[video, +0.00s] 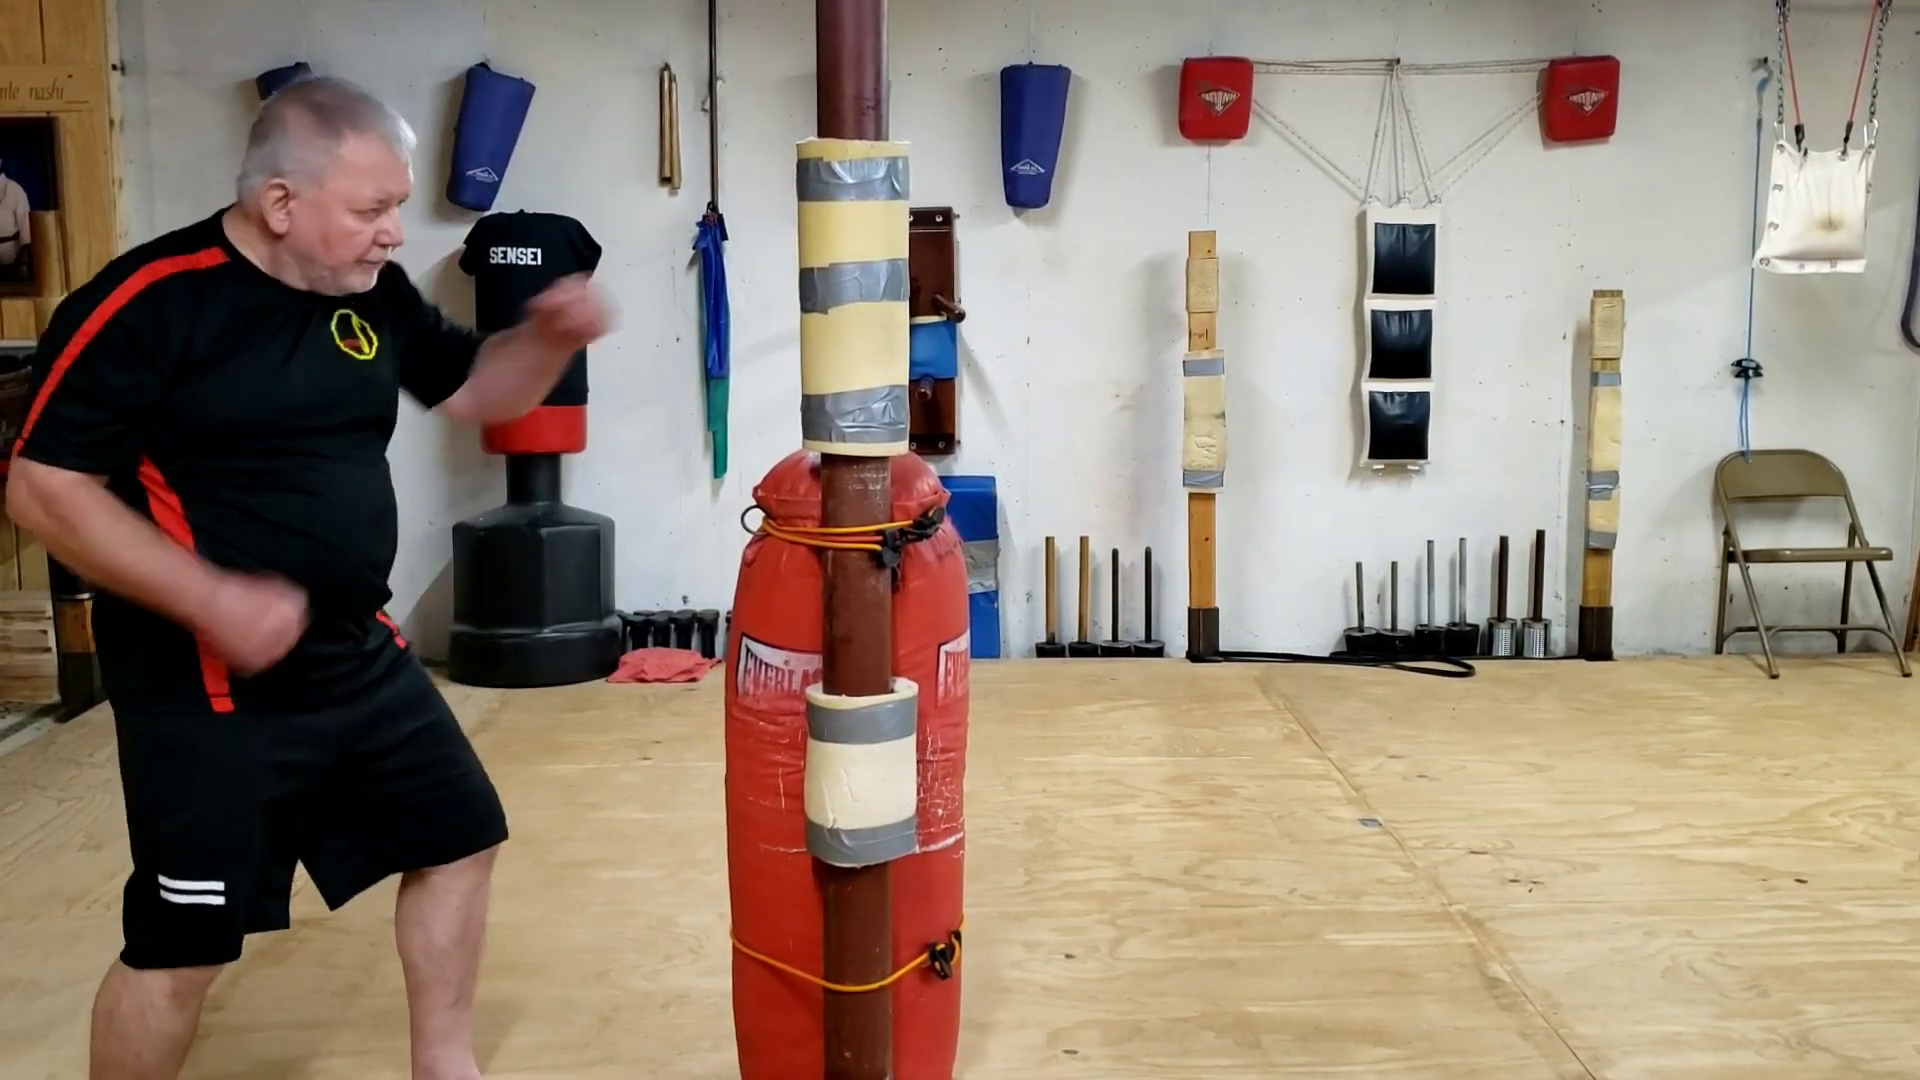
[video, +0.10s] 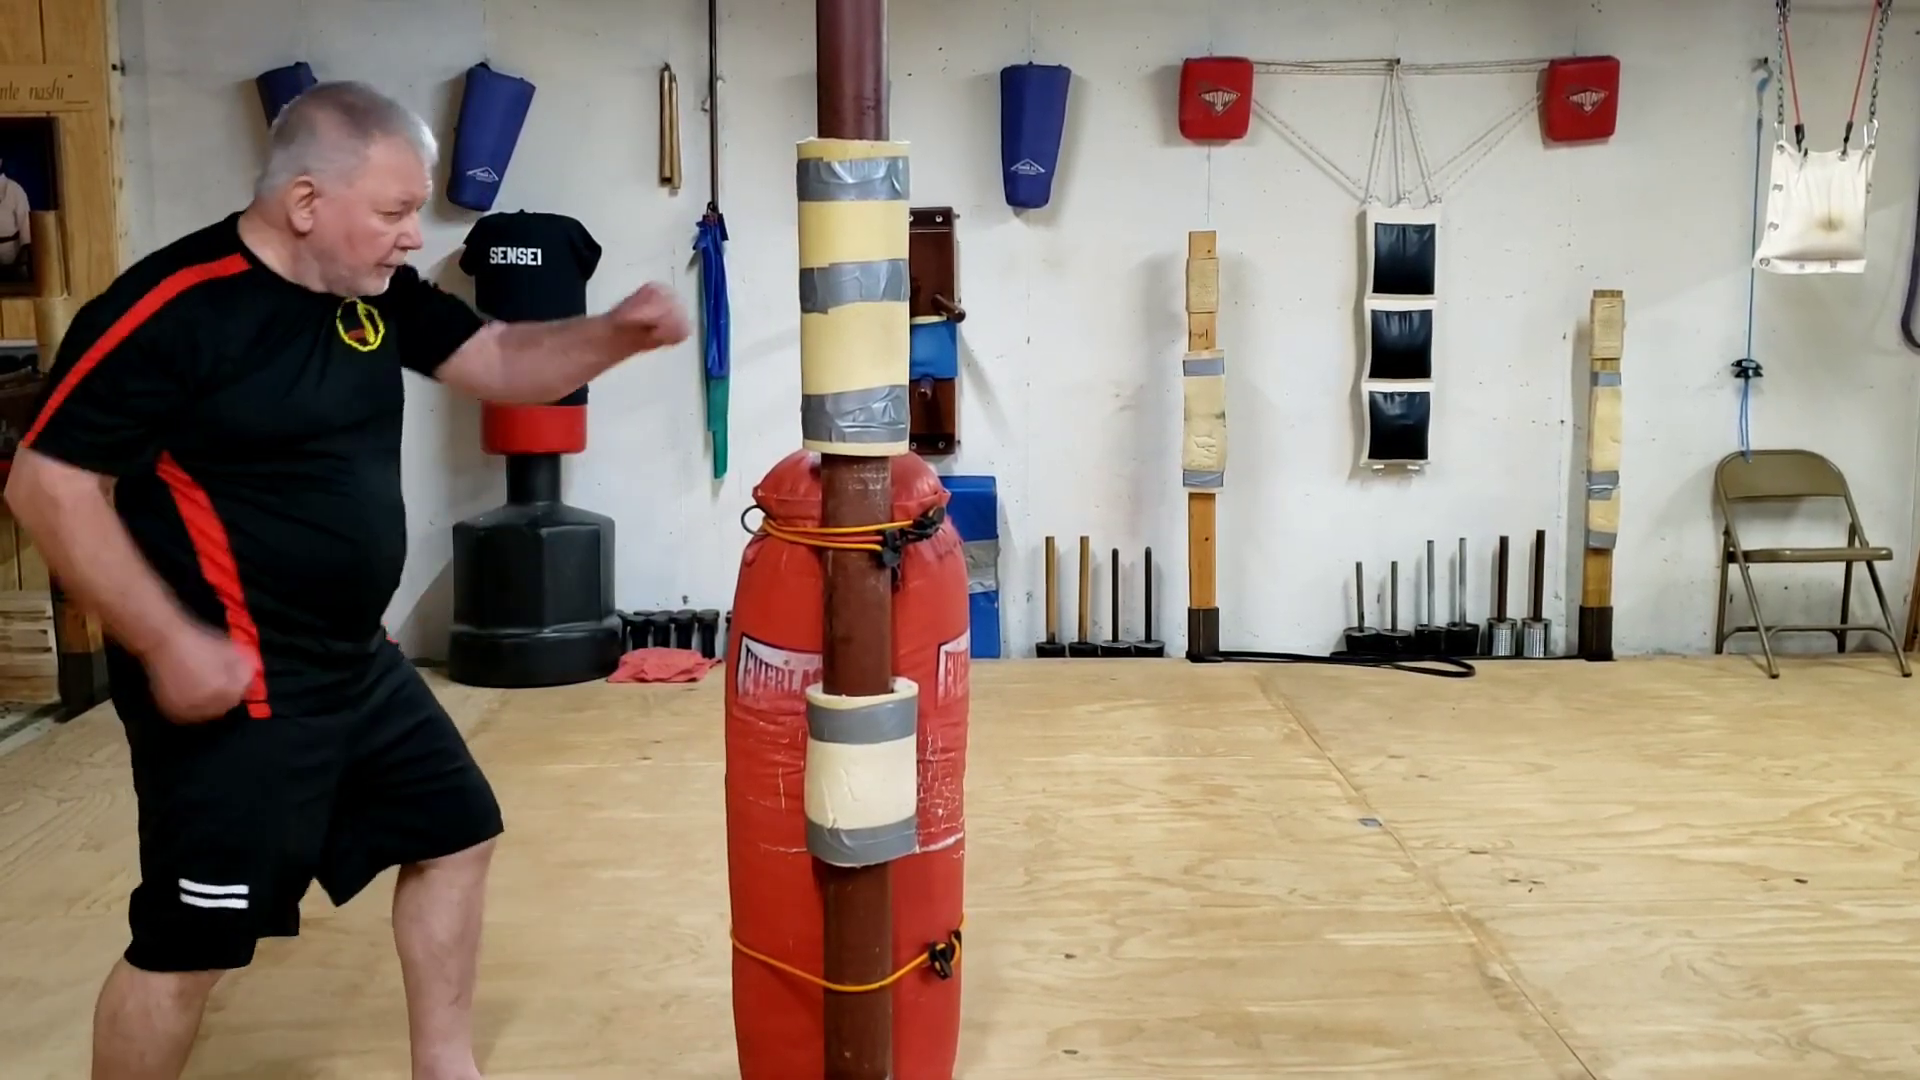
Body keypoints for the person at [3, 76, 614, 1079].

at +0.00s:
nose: (395, 235)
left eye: (398, 209)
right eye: (374, 210)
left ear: (295, 207)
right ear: (281, 206)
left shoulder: (369, 290)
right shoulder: (147, 299)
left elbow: (474, 391)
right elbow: (37, 483)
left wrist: (551, 335)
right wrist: (212, 599)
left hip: (349, 648)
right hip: (196, 677)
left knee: (459, 837)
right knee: (185, 939)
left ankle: (446, 1067)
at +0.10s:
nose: (415, 236)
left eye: (418, 213)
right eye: (395, 212)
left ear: (319, 207)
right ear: (305, 205)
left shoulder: (373, 294)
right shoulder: (166, 305)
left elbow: (499, 359)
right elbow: (45, 477)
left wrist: (614, 335)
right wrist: (168, 643)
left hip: (352, 662)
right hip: (217, 683)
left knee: (455, 833)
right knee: (188, 944)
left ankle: (445, 1069)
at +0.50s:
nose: (468, 211)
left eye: (473, 189)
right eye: (462, 183)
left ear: (378, 164)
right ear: (384, 160)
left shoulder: (339, 248)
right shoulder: (315, 241)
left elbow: (417, 410)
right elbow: (386, 411)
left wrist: (569, 434)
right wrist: (593, 437)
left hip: (369, 586)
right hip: (371, 585)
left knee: (469, 820)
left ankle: (449, 1066)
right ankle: (279, 971)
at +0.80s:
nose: (481, 229)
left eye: (486, 207)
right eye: (475, 200)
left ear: (393, 181)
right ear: (400, 178)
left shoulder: (311, 255)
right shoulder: (328, 251)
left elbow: (363, 455)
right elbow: (318, 445)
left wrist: (493, 469)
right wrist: (499, 556)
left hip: (343, 598)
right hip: (363, 591)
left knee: (477, 832)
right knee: (631, 682)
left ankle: (450, 1065)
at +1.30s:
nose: (392, 227)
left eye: (394, 201)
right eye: (371, 202)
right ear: (277, 196)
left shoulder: (356, 292)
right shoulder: (153, 289)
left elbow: (412, 443)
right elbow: (77, 491)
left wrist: (460, 413)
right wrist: (293, 529)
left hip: (361, 651)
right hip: (210, 677)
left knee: (461, 839)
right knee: (179, 937)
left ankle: (443, 1067)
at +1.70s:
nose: (458, 231)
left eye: (461, 208)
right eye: (444, 206)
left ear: (369, 197)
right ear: (362, 193)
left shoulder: (353, 273)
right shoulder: (289, 268)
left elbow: (490, 338)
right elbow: (493, 351)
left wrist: (652, 286)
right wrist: (665, 279)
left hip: (413, 653)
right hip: (297, 673)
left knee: (505, 845)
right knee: (238, 934)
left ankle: (448, 1069)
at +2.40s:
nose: (492, 258)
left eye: (493, 234)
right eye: (475, 231)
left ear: (393, 226)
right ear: (391, 224)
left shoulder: (367, 312)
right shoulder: (293, 297)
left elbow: (337, 506)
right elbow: (412, 467)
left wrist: (455, 585)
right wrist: (582, 408)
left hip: (410, 671)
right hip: (287, 685)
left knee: (512, 861)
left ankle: (467, 1074)